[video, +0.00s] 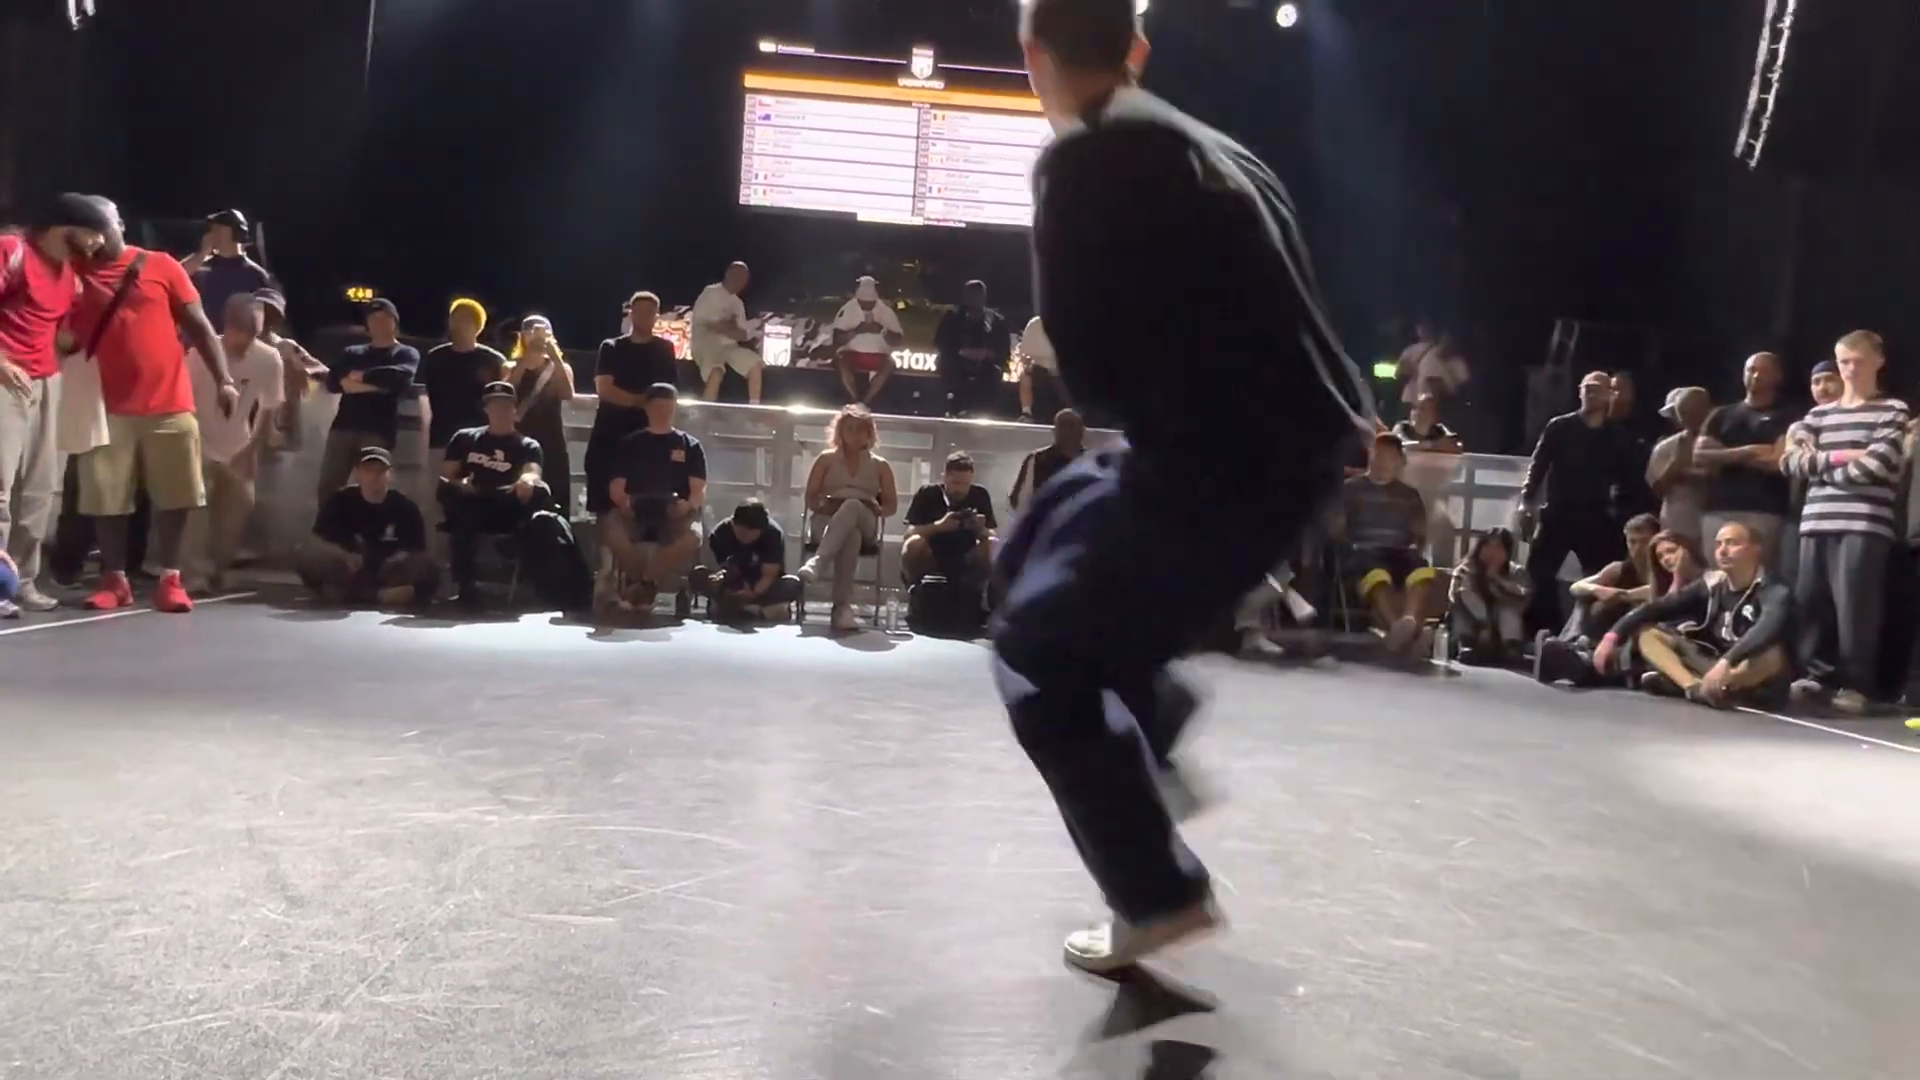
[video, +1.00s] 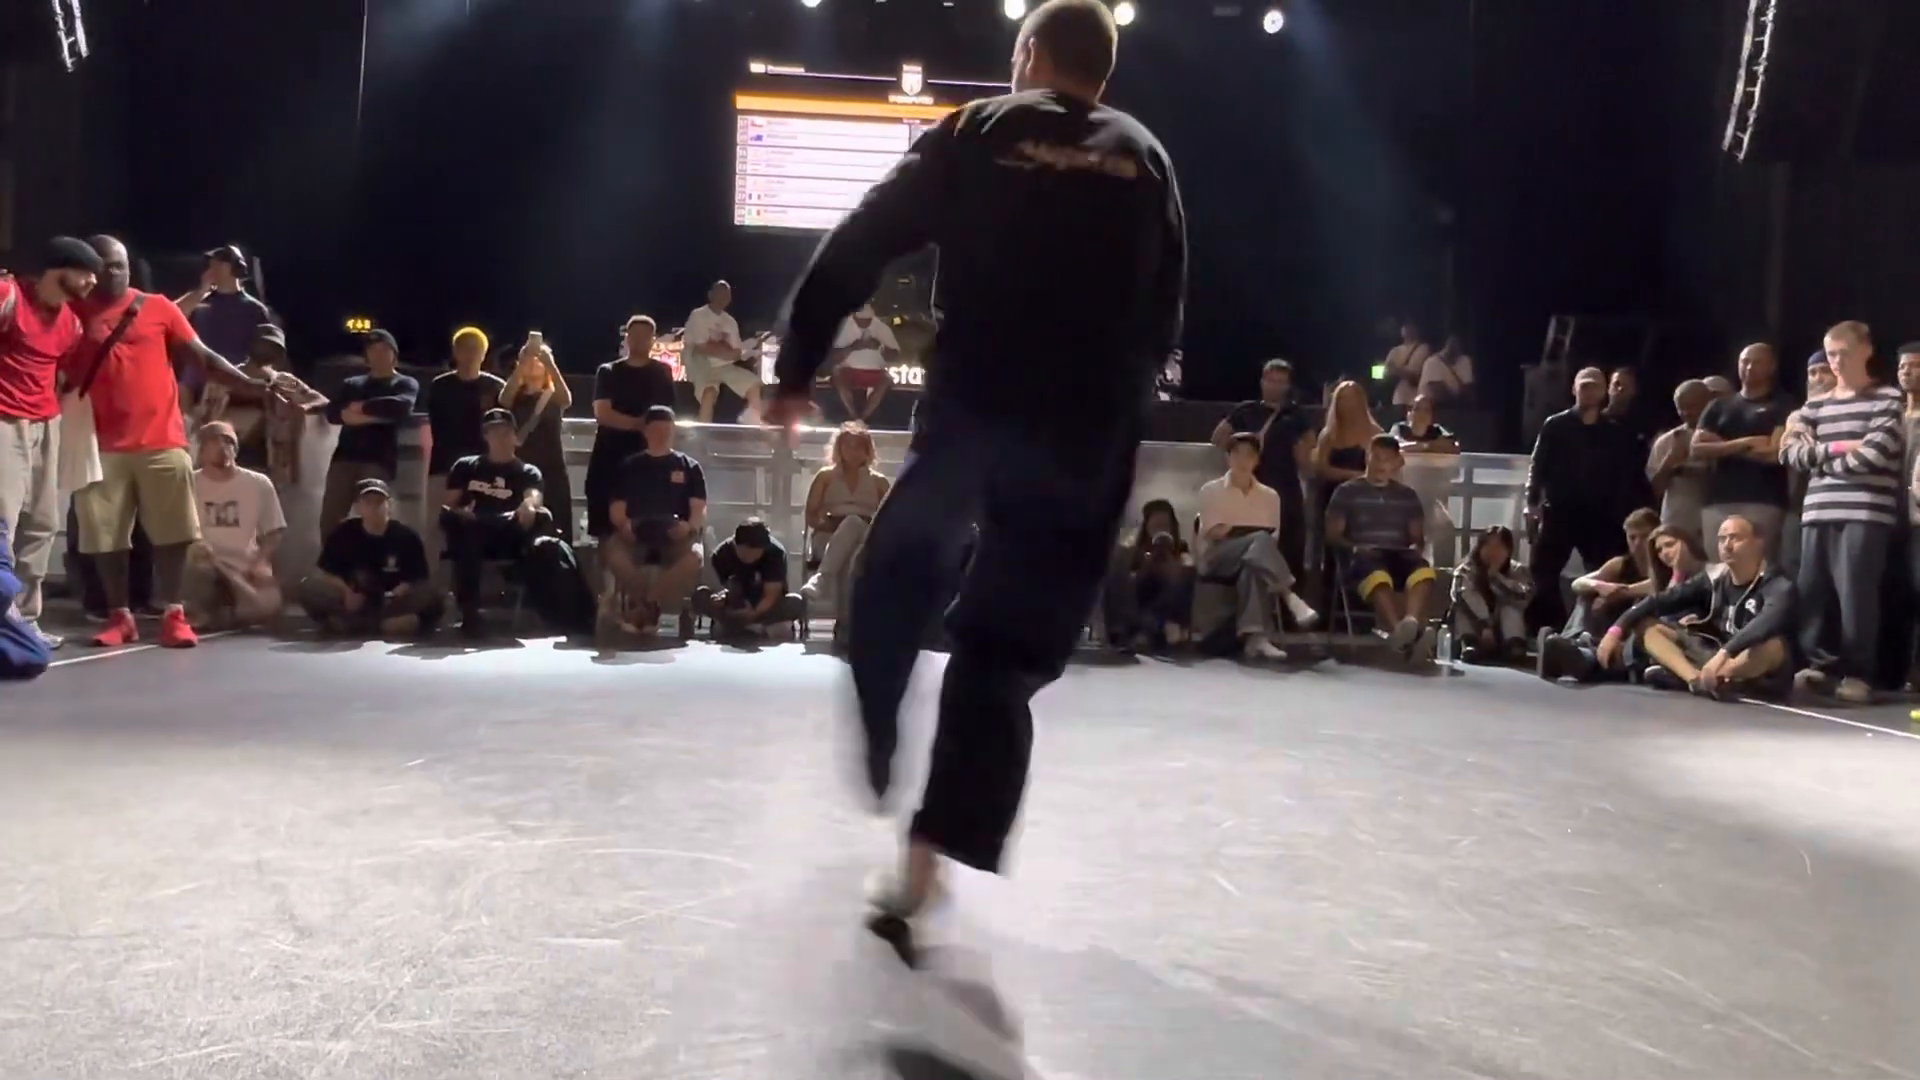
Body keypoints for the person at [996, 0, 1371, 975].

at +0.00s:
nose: (1032, 81)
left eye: (1029, 60)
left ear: (1033, 59)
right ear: (1140, 51)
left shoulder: (1083, 163)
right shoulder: (1224, 156)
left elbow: (1093, 368)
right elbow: (1288, 308)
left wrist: (1169, 435)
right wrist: (1353, 419)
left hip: (1214, 475)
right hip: (1290, 453)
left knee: (1036, 651)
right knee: (1037, 549)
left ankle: (1161, 895)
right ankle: (1158, 728)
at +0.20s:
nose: (979, 61)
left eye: (979, 44)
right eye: (984, 44)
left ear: (987, 46)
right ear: (1081, 50)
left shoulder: (1061, 151)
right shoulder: (1101, 142)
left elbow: (1025, 351)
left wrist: (990, 305)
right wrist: (1012, 314)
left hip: (1103, 473)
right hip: (1127, 461)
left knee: (936, 646)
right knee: (949, 627)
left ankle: (1017, 841)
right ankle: (928, 853)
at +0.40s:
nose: (951, 56)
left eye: (945, 35)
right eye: (948, 40)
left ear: (961, 17)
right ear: (1037, 13)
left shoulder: (1054, 83)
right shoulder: (1067, 81)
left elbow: (1076, 261)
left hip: (1144, 413)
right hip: (1112, 409)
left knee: (998, 611)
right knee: (967, 593)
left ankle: (1181, 810)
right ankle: (881, 815)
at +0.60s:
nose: (949, 104)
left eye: (948, 83)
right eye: (951, 84)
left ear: (967, 82)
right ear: (1037, 73)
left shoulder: (1040, 155)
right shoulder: (1071, 149)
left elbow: (1061, 329)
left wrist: (996, 308)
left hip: (1160, 480)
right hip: (1114, 477)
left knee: (1170, 726)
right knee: (992, 682)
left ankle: (1365, 914)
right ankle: (816, 860)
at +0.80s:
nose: (995, 80)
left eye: (995, 65)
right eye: (1002, 68)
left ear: (1003, 61)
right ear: (1089, 69)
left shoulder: (996, 131)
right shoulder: (1171, 172)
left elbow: (871, 229)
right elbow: (1260, 298)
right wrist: (1249, 458)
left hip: (1018, 444)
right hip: (1114, 460)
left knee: (887, 626)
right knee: (935, 621)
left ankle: (985, 835)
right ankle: (979, 872)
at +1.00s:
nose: (1012, 65)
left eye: (1017, 52)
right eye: (1026, 54)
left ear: (1029, 55)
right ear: (1106, 75)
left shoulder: (969, 135)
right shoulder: (1150, 163)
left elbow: (858, 245)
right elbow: (1162, 328)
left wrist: (795, 367)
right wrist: (1101, 391)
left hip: (970, 409)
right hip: (1082, 437)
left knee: (900, 579)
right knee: (1002, 655)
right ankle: (920, 868)